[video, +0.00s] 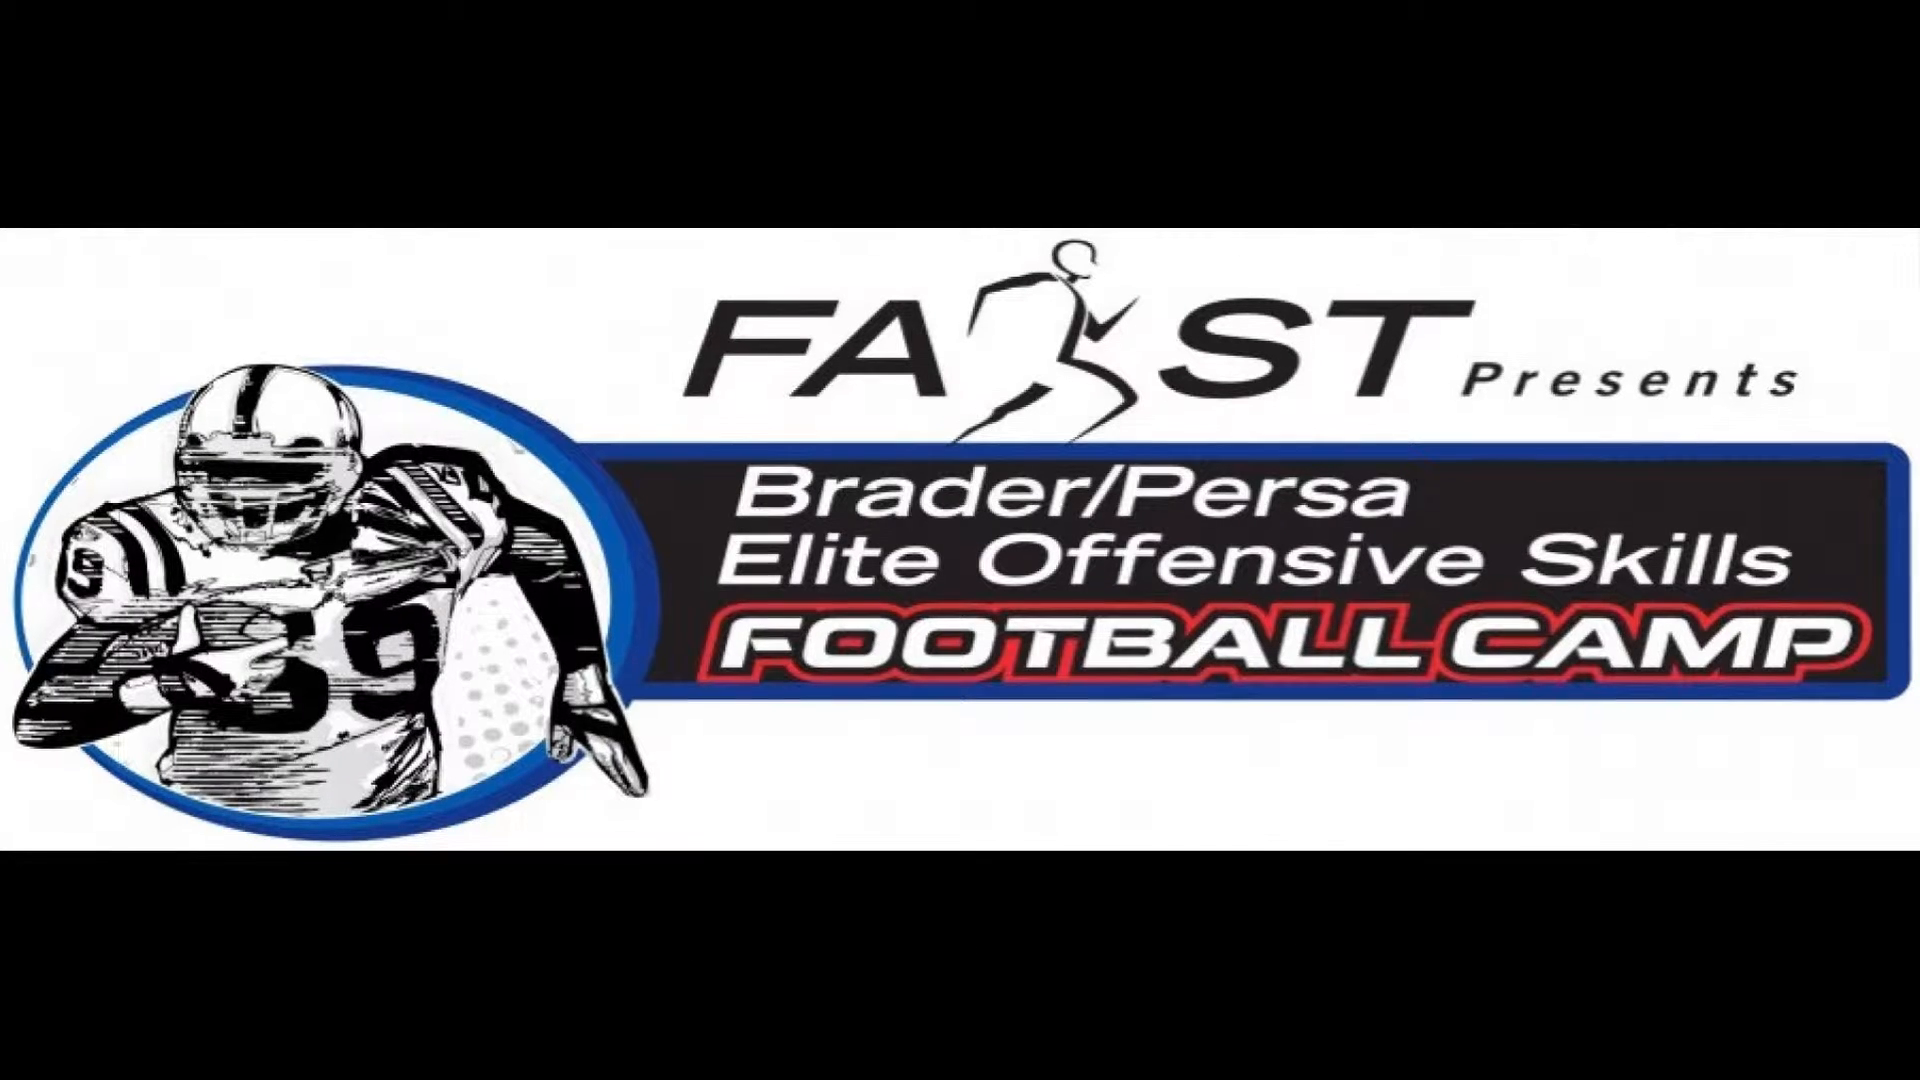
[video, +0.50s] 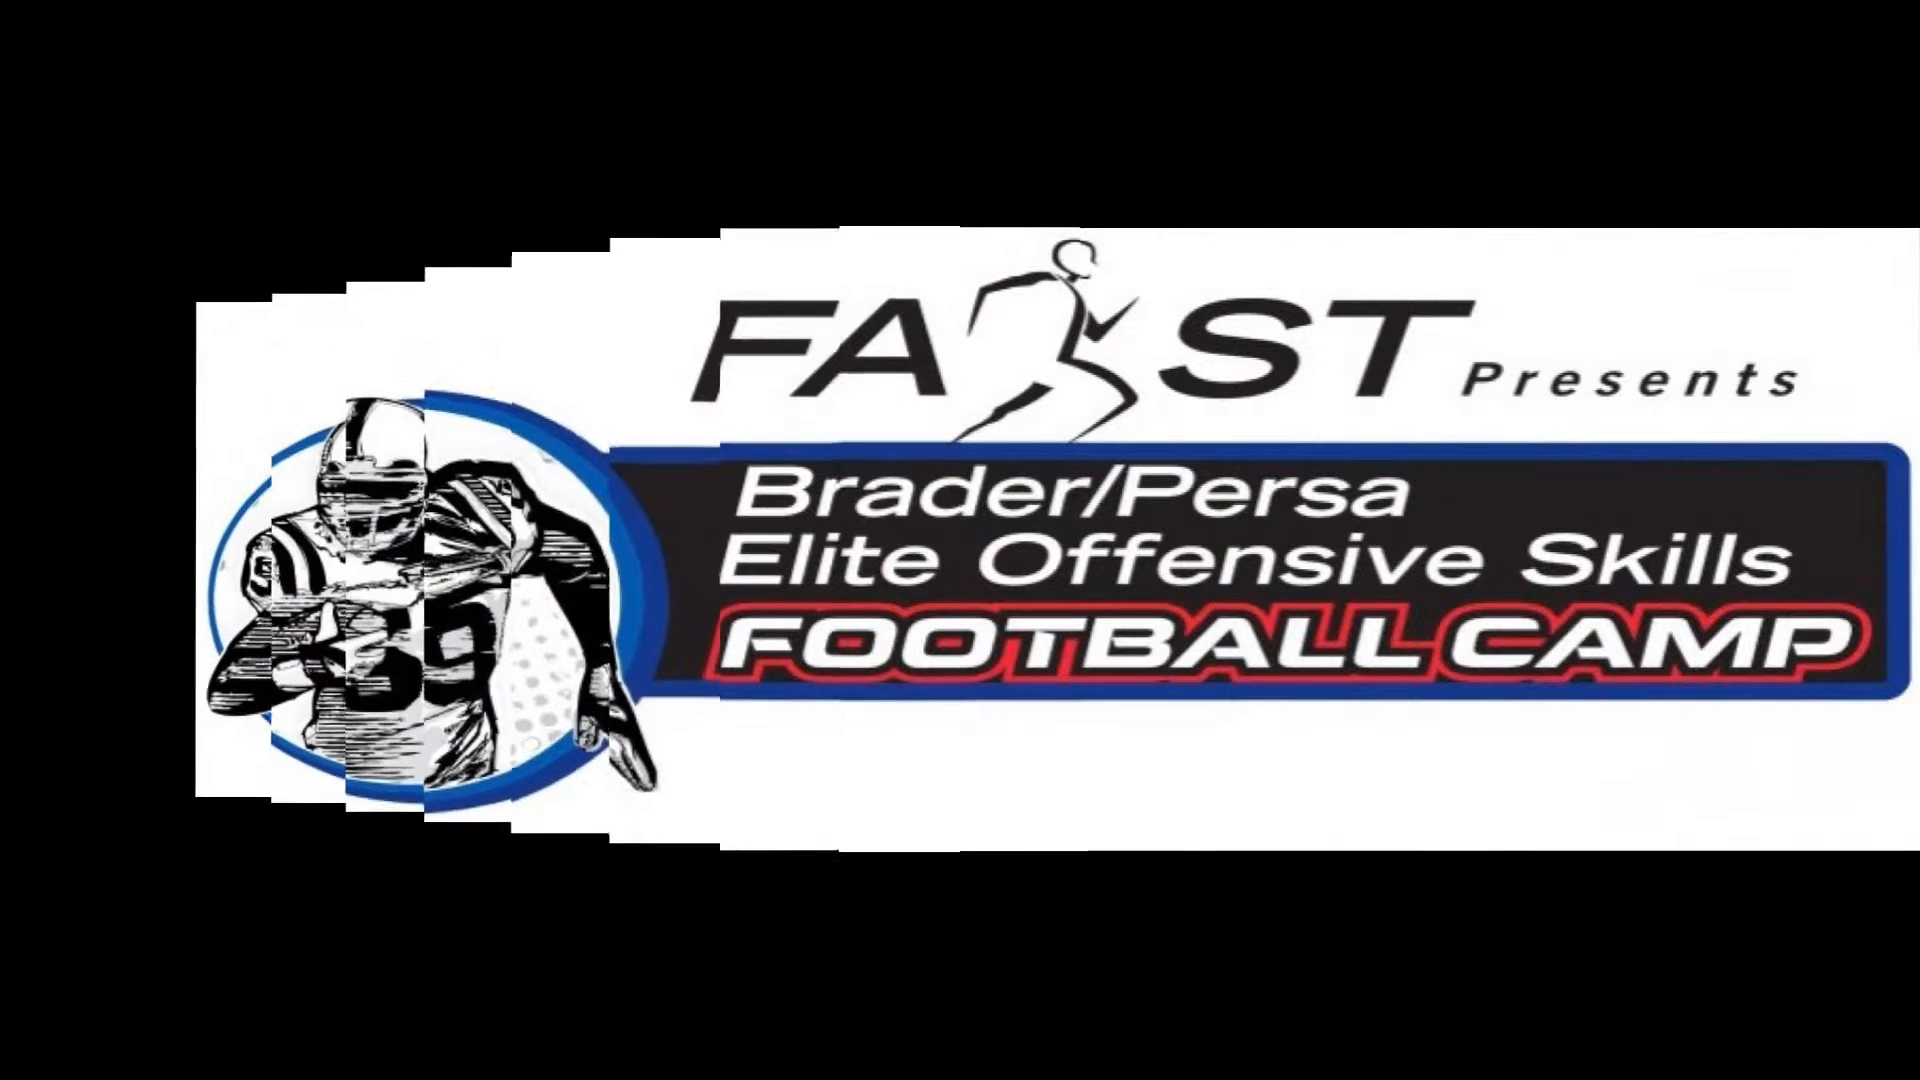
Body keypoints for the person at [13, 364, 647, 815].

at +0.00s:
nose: (251, 512)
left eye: (279, 490)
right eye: (228, 489)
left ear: (336, 478)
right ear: (192, 478)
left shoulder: (422, 506)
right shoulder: (139, 548)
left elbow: (544, 546)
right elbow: (40, 715)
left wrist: (584, 671)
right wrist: (170, 682)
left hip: (386, 811)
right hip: (217, 815)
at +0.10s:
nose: (249, 509)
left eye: (278, 487)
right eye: (226, 486)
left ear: (335, 477)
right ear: (192, 477)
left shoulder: (418, 507)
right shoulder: (136, 549)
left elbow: (543, 545)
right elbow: (34, 718)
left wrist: (583, 669)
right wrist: (159, 683)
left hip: (381, 812)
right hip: (216, 816)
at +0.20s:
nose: (247, 514)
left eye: (274, 490)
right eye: (224, 490)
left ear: (332, 475)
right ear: (189, 476)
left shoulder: (418, 505)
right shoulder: (147, 547)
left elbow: (542, 545)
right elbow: (56, 716)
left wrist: (584, 673)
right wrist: (174, 681)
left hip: (389, 809)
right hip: (215, 815)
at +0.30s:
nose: (269, 504)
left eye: (296, 484)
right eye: (250, 482)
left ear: (344, 476)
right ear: (224, 473)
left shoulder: (425, 505)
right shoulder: (186, 545)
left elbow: (543, 549)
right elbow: (117, 706)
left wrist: (583, 678)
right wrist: (223, 672)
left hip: (390, 803)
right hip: (245, 803)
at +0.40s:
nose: (320, 513)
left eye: (344, 492)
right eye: (303, 491)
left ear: (380, 478)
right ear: (278, 477)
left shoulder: (447, 511)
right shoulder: (247, 549)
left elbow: (550, 551)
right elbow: (182, 697)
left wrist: (584, 675)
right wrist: (277, 666)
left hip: (421, 794)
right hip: (297, 794)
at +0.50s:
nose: (370, 519)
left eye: (391, 502)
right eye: (352, 501)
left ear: (423, 491)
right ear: (327, 493)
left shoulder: (481, 518)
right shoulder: (298, 553)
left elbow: (575, 555)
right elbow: (227, 692)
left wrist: (602, 672)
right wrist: (323, 659)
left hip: (457, 773)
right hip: (341, 772)